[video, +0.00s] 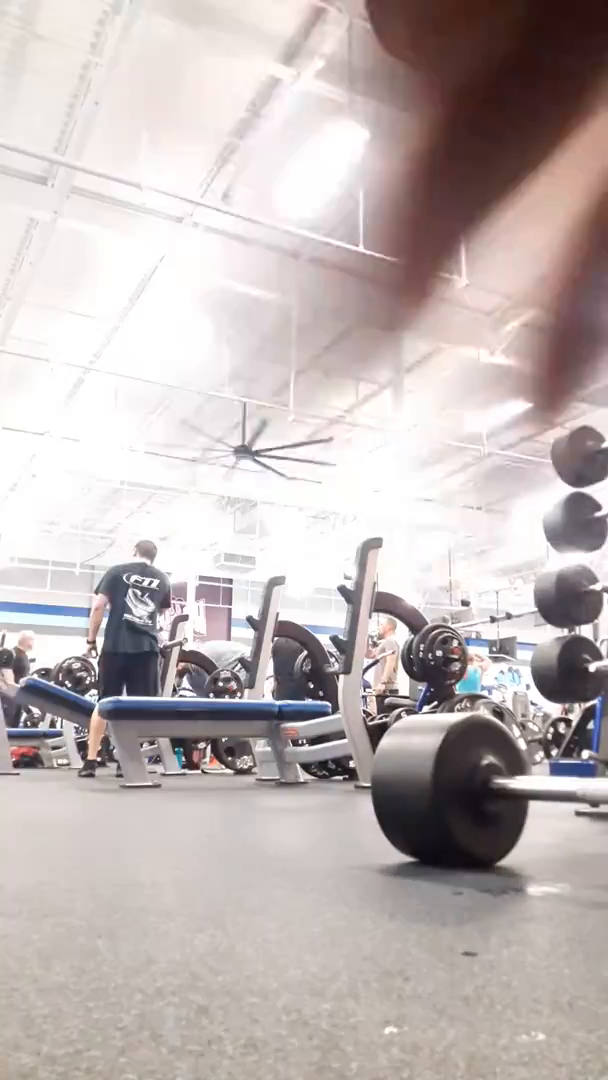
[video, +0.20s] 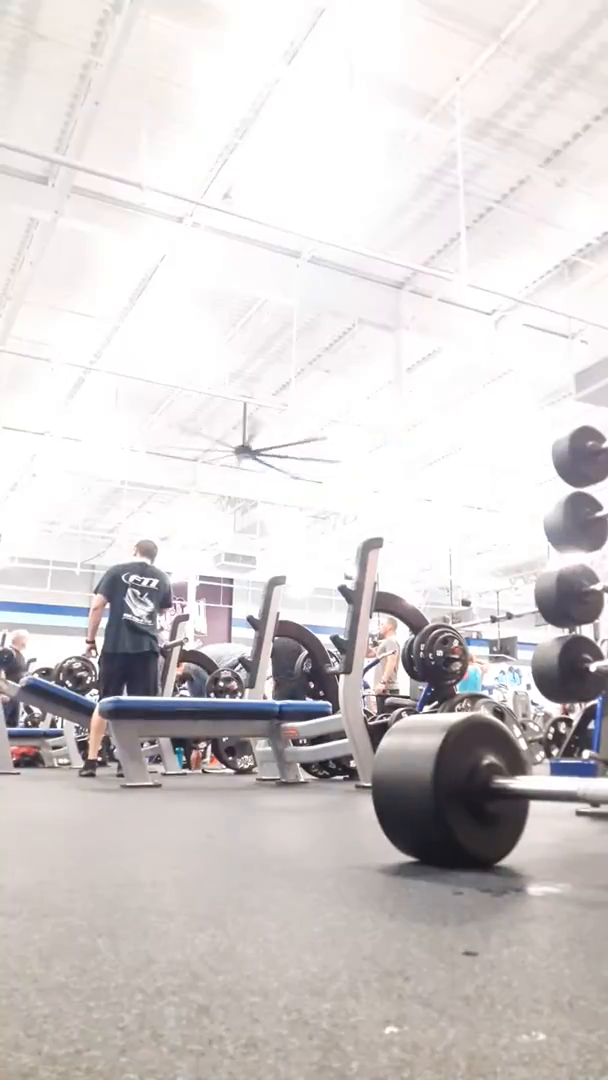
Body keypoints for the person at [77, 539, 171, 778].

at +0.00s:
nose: (133, 553)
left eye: (133, 551)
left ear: (134, 552)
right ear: (154, 557)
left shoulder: (117, 571)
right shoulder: (163, 579)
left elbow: (99, 605)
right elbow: (163, 610)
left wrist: (92, 639)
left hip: (115, 648)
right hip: (145, 649)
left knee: (104, 703)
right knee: (140, 707)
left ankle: (91, 760)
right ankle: (130, 763)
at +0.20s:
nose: (131, 553)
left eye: (133, 550)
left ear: (134, 551)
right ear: (155, 557)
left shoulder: (117, 570)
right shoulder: (162, 578)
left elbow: (97, 605)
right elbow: (164, 610)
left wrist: (90, 639)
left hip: (115, 647)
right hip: (146, 649)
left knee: (105, 704)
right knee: (140, 708)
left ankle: (91, 759)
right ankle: (130, 763)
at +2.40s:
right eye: (158, 554)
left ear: (135, 553)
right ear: (158, 556)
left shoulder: (115, 573)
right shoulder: (162, 576)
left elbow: (97, 610)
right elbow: (194, 584)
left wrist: (97, 643)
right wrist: (174, 561)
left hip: (118, 650)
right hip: (150, 651)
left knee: (108, 703)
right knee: (149, 706)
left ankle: (93, 758)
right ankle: (137, 764)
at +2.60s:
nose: (158, 557)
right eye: (158, 554)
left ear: (133, 553)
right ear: (155, 555)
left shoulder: (114, 574)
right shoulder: (161, 578)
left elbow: (98, 612)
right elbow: (189, 596)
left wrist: (99, 645)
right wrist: (180, 577)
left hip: (118, 648)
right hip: (149, 650)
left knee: (109, 702)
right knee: (150, 704)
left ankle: (93, 758)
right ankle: (138, 763)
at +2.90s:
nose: (155, 559)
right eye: (155, 555)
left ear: (130, 553)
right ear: (152, 556)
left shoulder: (112, 575)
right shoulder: (156, 577)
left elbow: (96, 613)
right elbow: (177, 601)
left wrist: (98, 647)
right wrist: (167, 613)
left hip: (115, 649)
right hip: (146, 650)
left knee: (105, 703)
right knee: (146, 706)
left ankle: (88, 759)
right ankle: (136, 766)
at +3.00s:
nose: (155, 560)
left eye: (153, 557)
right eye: (155, 556)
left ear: (131, 554)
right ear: (152, 556)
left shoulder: (112, 575)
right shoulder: (156, 576)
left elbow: (96, 613)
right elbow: (174, 602)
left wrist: (97, 648)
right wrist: (163, 620)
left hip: (114, 649)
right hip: (145, 650)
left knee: (105, 704)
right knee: (144, 705)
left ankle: (88, 759)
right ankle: (132, 763)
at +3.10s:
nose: (155, 562)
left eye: (153, 559)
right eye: (155, 558)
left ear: (131, 554)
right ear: (152, 557)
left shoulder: (110, 575)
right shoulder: (155, 576)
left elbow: (95, 613)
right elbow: (172, 604)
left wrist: (96, 648)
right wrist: (160, 620)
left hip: (113, 649)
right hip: (143, 651)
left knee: (105, 704)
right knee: (142, 705)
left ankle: (88, 759)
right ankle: (131, 763)